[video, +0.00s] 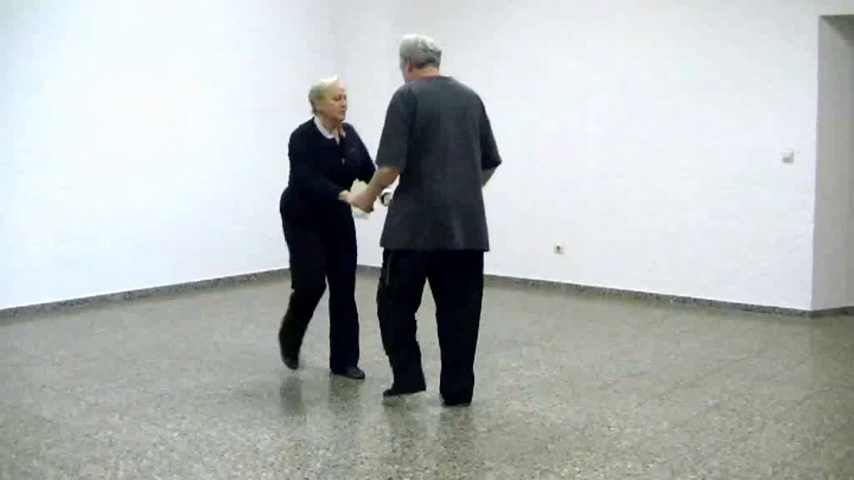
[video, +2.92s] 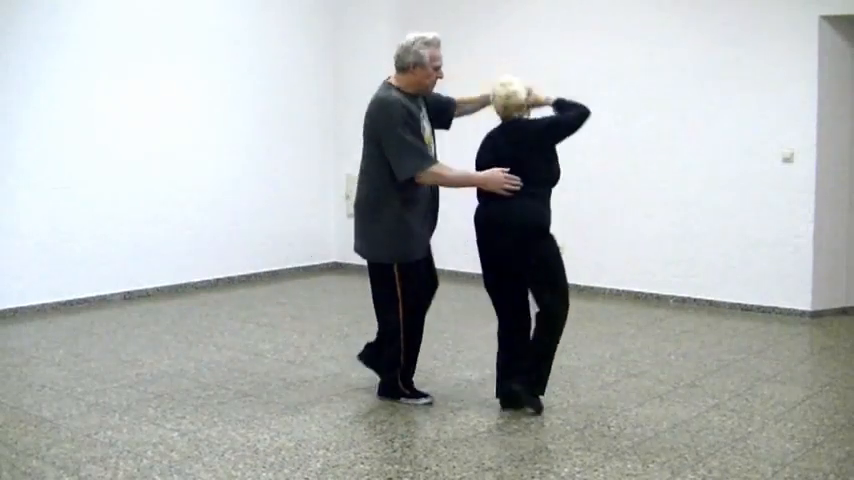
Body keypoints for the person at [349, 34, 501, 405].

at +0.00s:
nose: (402, 72)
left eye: (402, 67)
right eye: (403, 68)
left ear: (408, 65)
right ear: (438, 62)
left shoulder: (407, 97)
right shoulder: (471, 98)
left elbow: (391, 165)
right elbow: (488, 162)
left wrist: (368, 196)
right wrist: (459, 193)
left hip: (414, 225)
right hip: (466, 225)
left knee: (394, 305)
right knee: (460, 314)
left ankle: (408, 380)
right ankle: (458, 392)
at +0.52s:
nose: (367, 72)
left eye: (367, 67)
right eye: (369, 67)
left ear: (373, 66)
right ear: (403, 62)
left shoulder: (369, 99)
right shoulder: (435, 96)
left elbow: (342, 172)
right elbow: (464, 158)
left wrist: (311, 177)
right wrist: (439, 191)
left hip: (392, 221)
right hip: (437, 218)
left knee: (394, 309)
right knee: (430, 294)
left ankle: (402, 396)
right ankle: (443, 370)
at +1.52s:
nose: (404, 67)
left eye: (403, 60)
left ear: (403, 61)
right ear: (439, 63)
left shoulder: (382, 95)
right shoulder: (456, 101)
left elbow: (347, 152)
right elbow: (482, 170)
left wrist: (341, 131)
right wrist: (467, 206)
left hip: (384, 225)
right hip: (437, 227)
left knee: (383, 306)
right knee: (433, 313)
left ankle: (381, 387)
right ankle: (427, 400)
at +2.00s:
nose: (421, 70)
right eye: (421, 65)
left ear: (383, 61)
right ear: (418, 66)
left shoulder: (357, 97)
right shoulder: (420, 103)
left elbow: (326, 113)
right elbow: (439, 165)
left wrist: (359, 80)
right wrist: (440, 203)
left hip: (353, 227)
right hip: (402, 230)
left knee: (352, 312)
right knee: (414, 311)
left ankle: (350, 396)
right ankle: (422, 393)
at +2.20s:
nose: (421, 70)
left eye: (420, 64)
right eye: (420, 64)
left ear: (380, 61)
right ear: (413, 66)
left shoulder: (353, 92)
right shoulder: (409, 102)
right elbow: (418, 172)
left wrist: (411, 85)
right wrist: (434, 195)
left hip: (344, 225)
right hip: (393, 228)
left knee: (347, 317)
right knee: (405, 306)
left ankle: (350, 397)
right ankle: (397, 384)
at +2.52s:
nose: (433, 72)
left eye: (432, 67)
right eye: (431, 67)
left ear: (394, 65)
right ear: (418, 69)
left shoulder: (372, 91)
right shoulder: (406, 107)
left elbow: (424, 83)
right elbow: (413, 178)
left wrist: (461, 65)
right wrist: (451, 187)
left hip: (359, 217)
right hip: (391, 223)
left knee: (372, 298)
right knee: (405, 301)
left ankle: (346, 364)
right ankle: (391, 384)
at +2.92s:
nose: (440, 75)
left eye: (440, 67)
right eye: (434, 68)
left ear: (415, 68)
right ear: (409, 69)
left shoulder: (412, 97)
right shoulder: (391, 107)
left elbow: (452, 109)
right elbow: (421, 172)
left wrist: (494, 97)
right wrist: (480, 178)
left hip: (406, 223)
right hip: (388, 228)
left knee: (423, 286)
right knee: (401, 305)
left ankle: (381, 350)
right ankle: (396, 384)